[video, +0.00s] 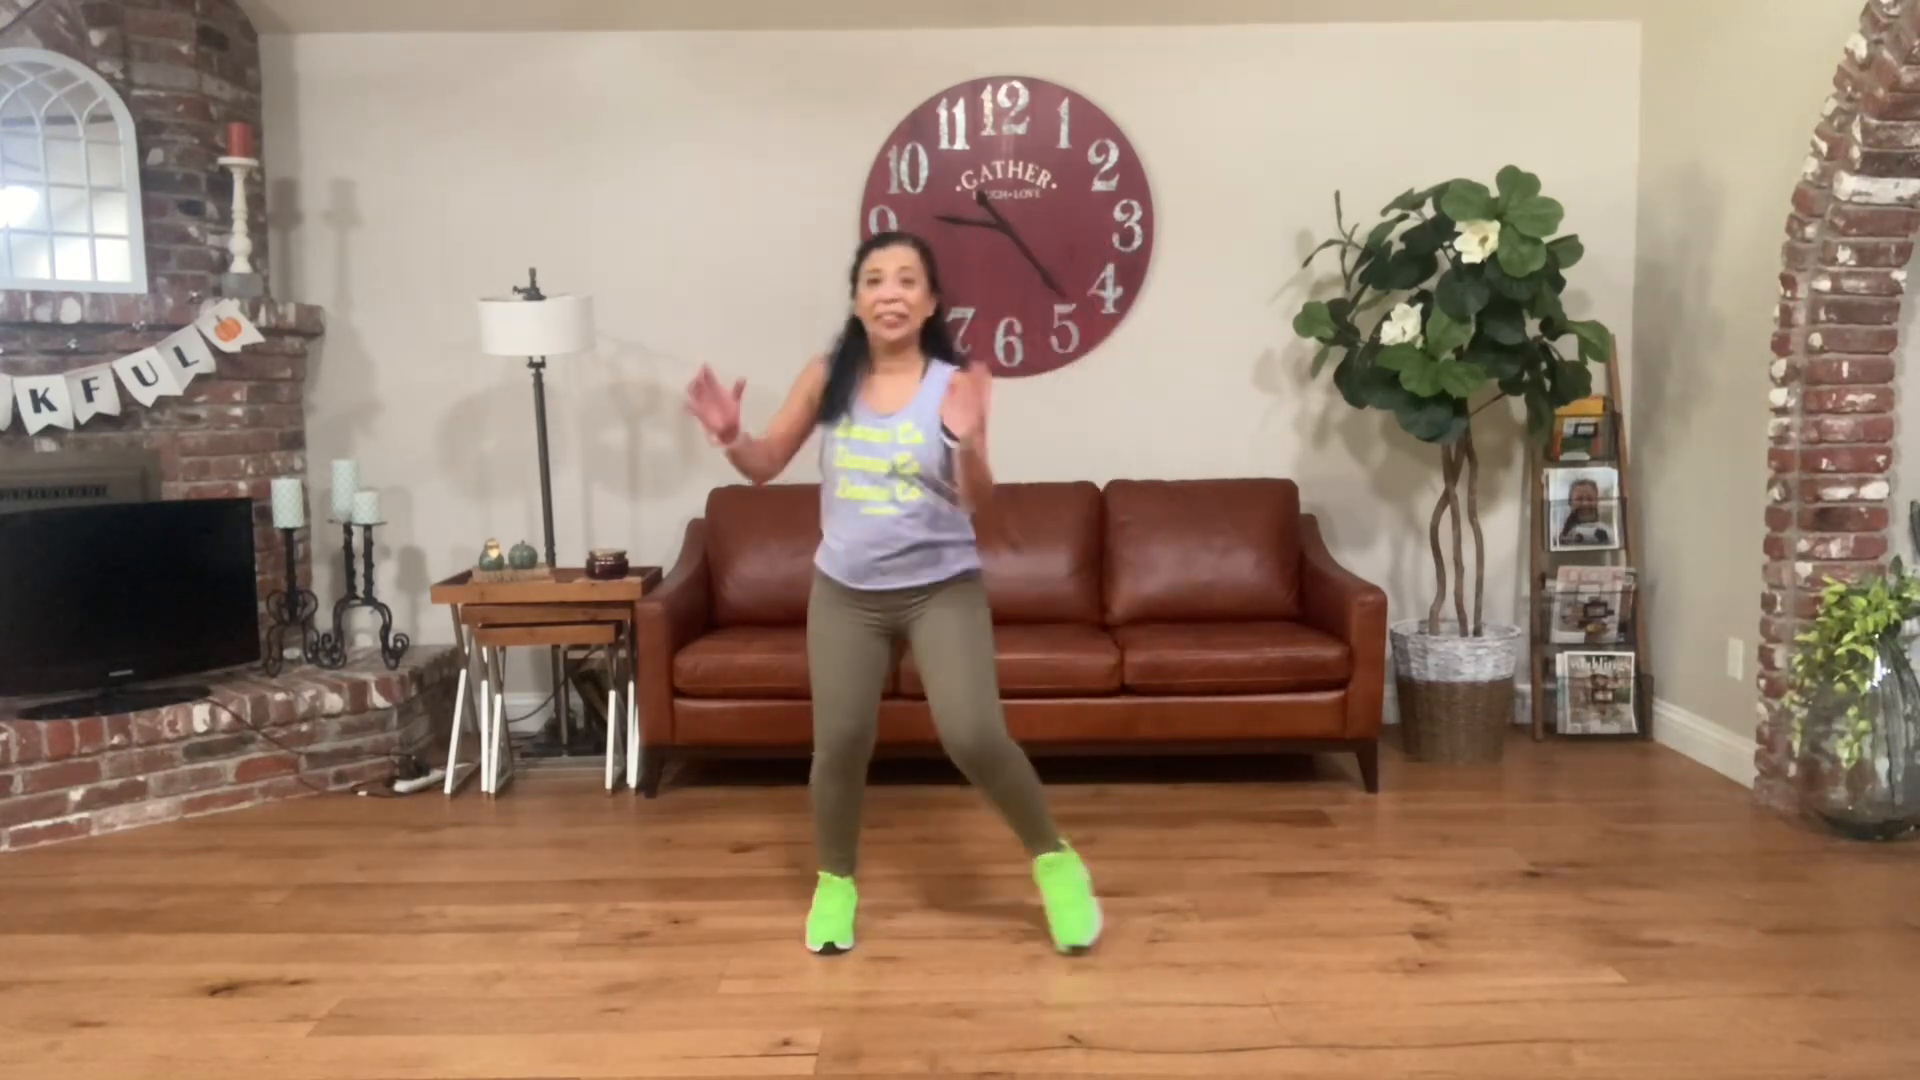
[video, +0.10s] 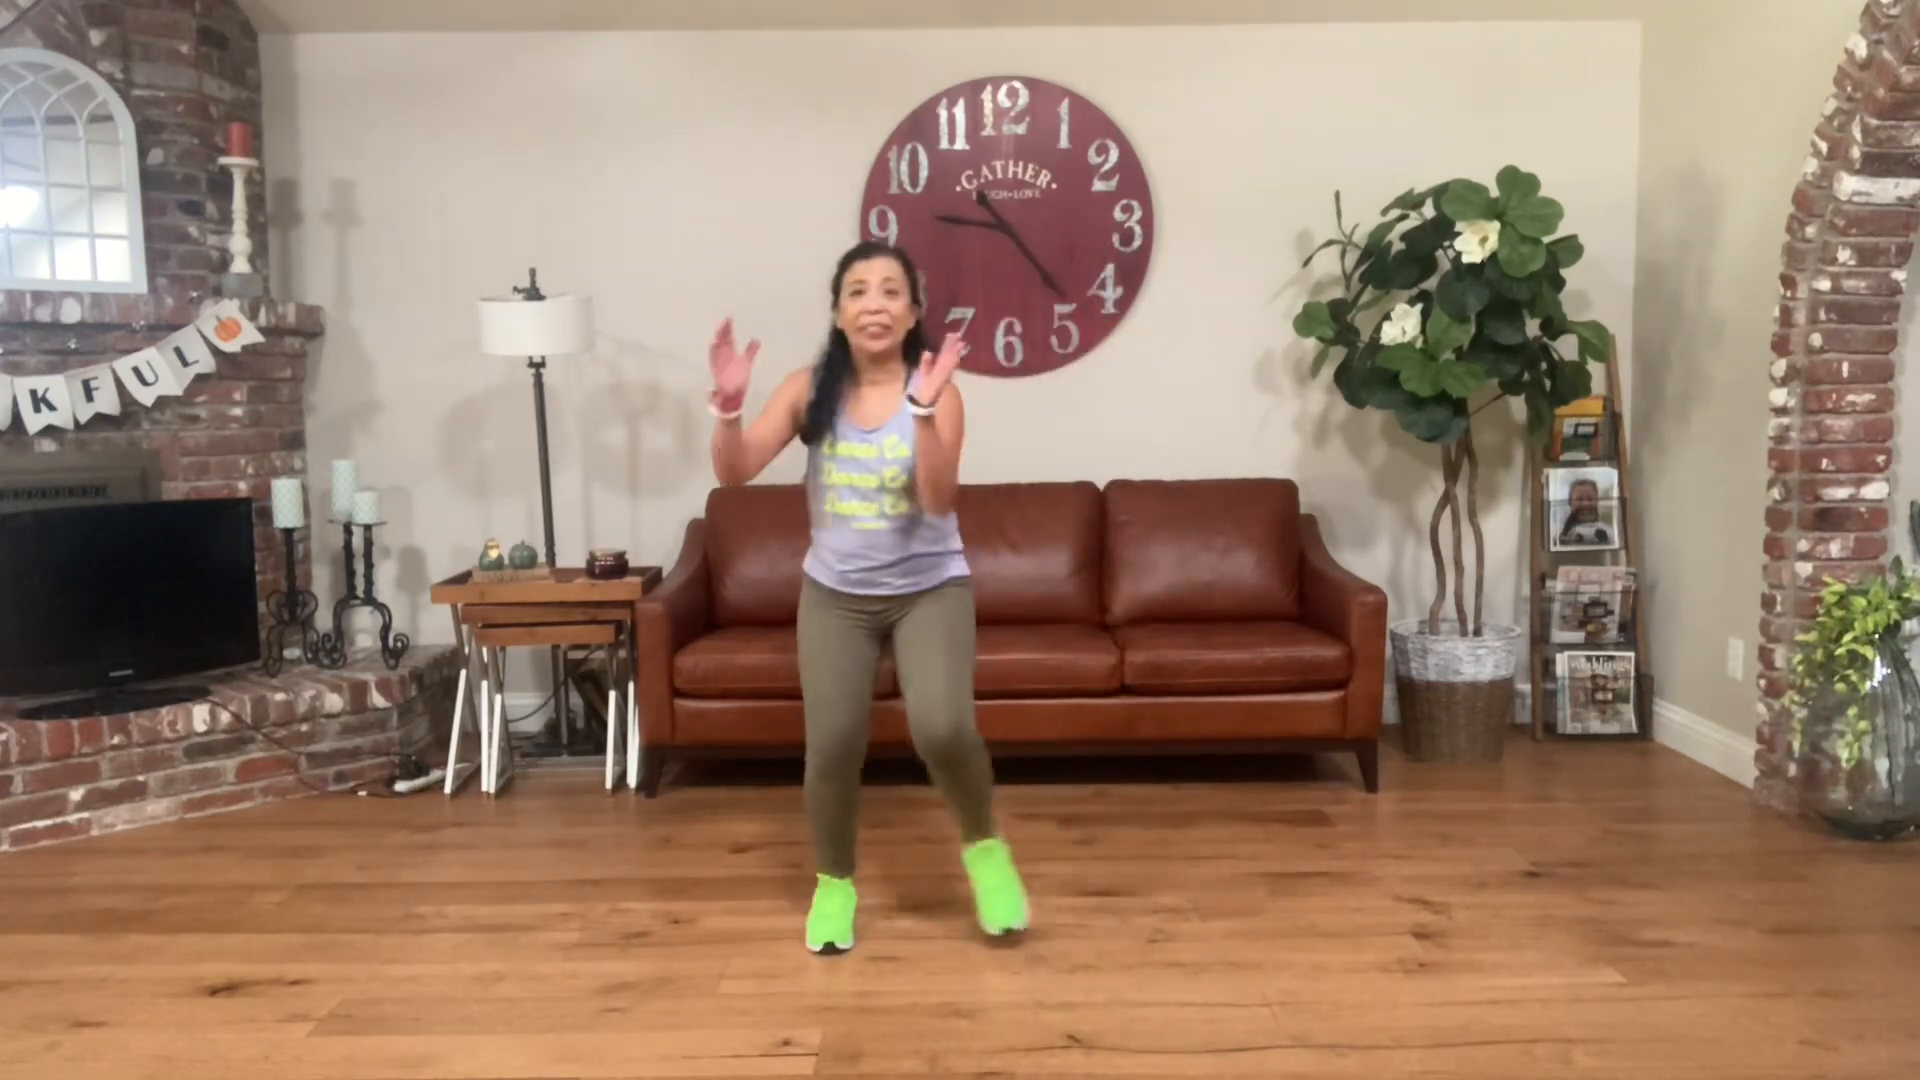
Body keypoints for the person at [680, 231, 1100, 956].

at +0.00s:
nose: (890, 295)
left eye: (907, 281)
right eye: (875, 282)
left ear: (932, 299)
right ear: (856, 299)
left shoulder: (959, 382)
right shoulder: (827, 376)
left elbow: (978, 501)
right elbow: (765, 463)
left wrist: (969, 438)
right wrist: (732, 436)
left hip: (944, 587)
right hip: (844, 590)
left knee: (972, 735)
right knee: (840, 740)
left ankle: (1053, 862)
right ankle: (835, 882)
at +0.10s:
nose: (875, 305)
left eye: (891, 292)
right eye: (858, 292)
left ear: (914, 311)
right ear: (838, 312)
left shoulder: (938, 390)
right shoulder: (811, 388)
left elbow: (939, 500)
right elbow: (735, 469)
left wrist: (927, 410)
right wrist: (728, 408)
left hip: (931, 587)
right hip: (834, 592)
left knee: (943, 729)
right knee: (832, 742)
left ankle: (985, 851)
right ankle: (834, 884)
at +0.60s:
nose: (879, 304)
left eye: (893, 292)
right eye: (861, 295)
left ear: (913, 311)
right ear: (837, 320)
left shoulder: (947, 393)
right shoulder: (819, 408)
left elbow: (979, 472)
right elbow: (776, 514)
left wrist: (986, 482)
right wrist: (799, 544)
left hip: (927, 596)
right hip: (832, 599)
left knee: (977, 727)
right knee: (830, 750)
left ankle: (940, 846)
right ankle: (834, 885)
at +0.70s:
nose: (897, 290)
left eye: (910, 278)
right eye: (879, 281)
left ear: (932, 297)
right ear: (856, 306)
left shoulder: (964, 383)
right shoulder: (839, 399)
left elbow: (989, 461)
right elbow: (793, 498)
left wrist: (1012, 472)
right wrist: (795, 537)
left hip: (943, 590)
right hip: (846, 589)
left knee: (1005, 729)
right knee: (843, 745)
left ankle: (1024, 861)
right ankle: (835, 885)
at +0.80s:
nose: (920, 287)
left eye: (933, 274)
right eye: (902, 278)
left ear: (954, 294)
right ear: (878, 302)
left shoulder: (987, 374)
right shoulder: (864, 392)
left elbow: (1006, 452)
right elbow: (818, 481)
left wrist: (1053, 463)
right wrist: (797, 512)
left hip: (970, 592)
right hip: (874, 587)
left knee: (1018, 745)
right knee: (858, 744)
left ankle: (1088, 877)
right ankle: (837, 884)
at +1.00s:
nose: (983, 282)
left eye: (996, 268)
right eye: (964, 272)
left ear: (1019, 284)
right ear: (942, 296)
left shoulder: (1054, 368)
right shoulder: (931, 383)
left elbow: (1087, 446)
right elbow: (878, 472)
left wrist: (1141, 438)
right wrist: (840, 475)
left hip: (1047, 588)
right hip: (951, 586)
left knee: (1072, 739)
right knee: (907, 740)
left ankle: (1096, 882)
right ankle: (843, 876)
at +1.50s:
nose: (1031, 292)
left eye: (1047, 276)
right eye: (1016, 278)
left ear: (1074, 288)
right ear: (998, 292)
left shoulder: (1106, 368)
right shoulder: (973, 371)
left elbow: (1131, 476)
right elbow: (960, 471)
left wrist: (1079, 455)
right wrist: (1018, 447)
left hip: (1107, 575)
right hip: (1010, 585)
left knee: (1108, 728)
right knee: (1039, 737)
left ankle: (1101, 879)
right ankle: (1042, 871)